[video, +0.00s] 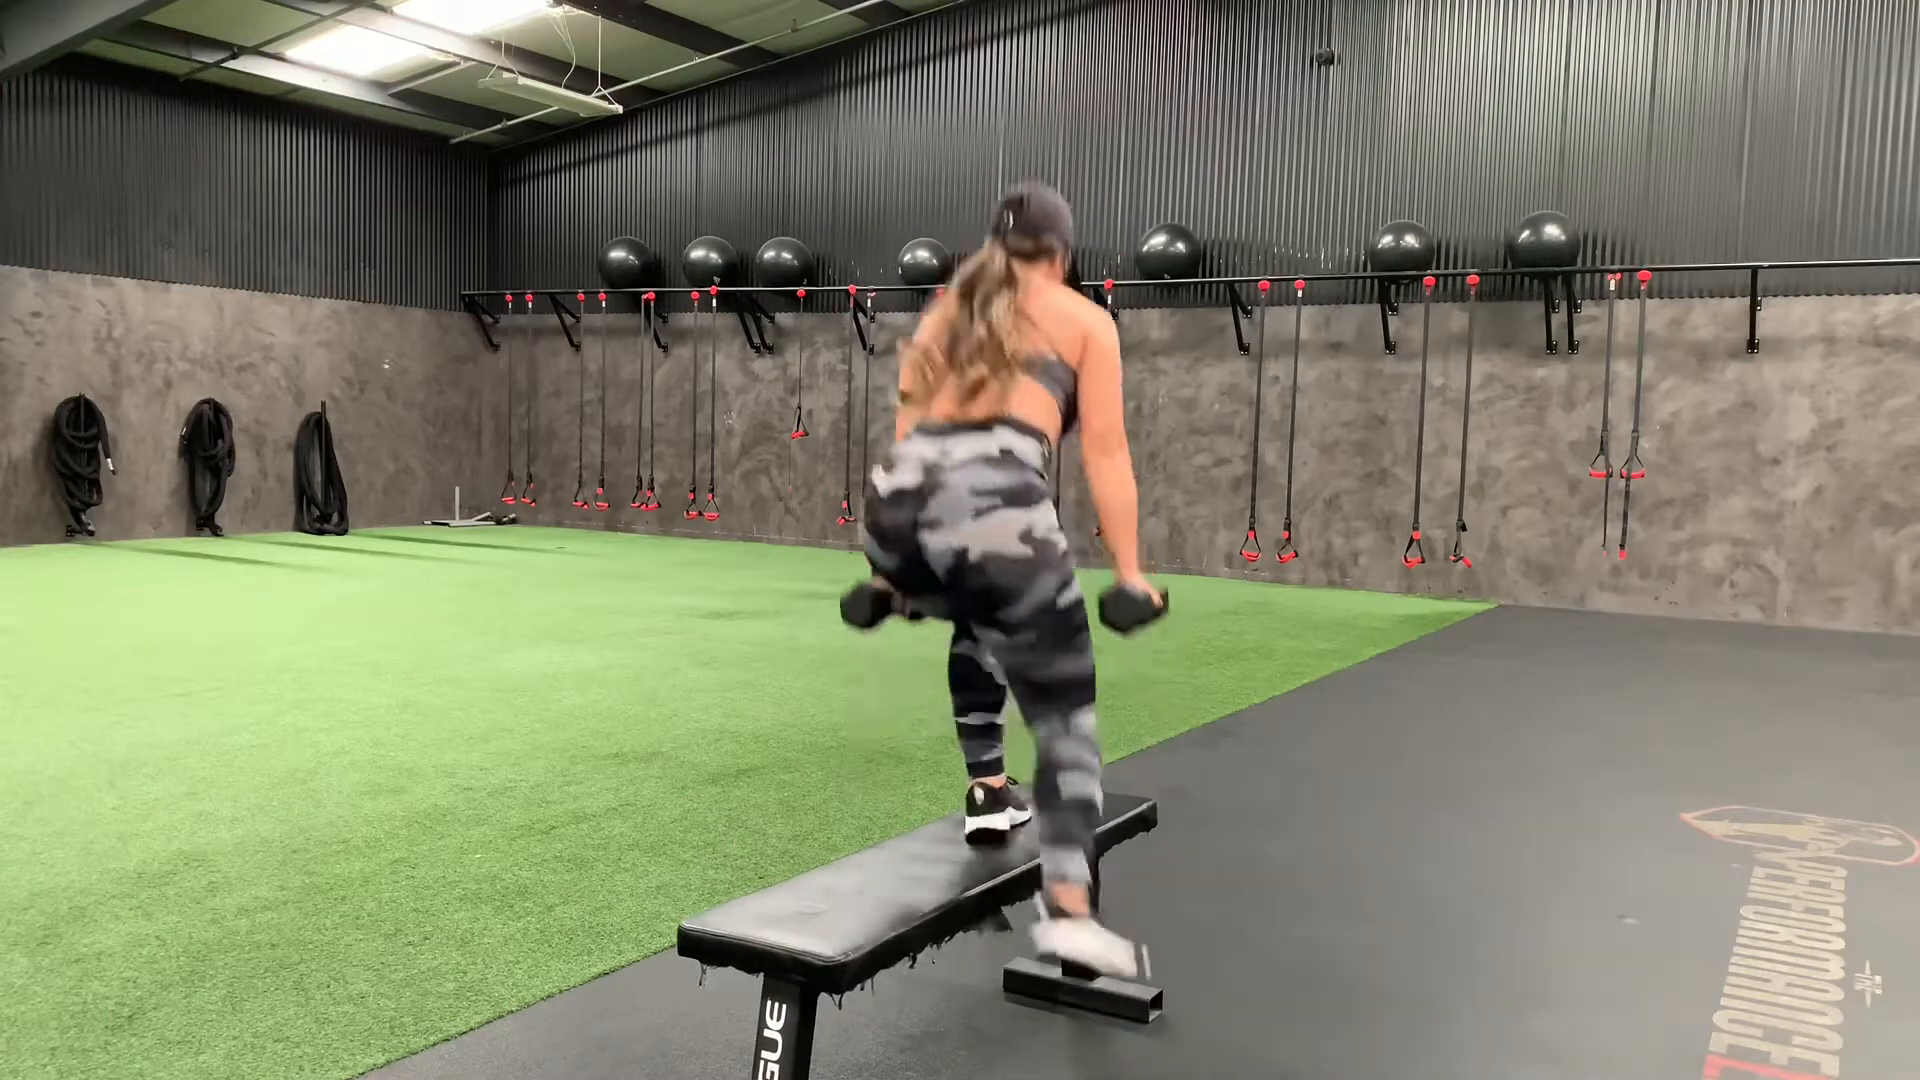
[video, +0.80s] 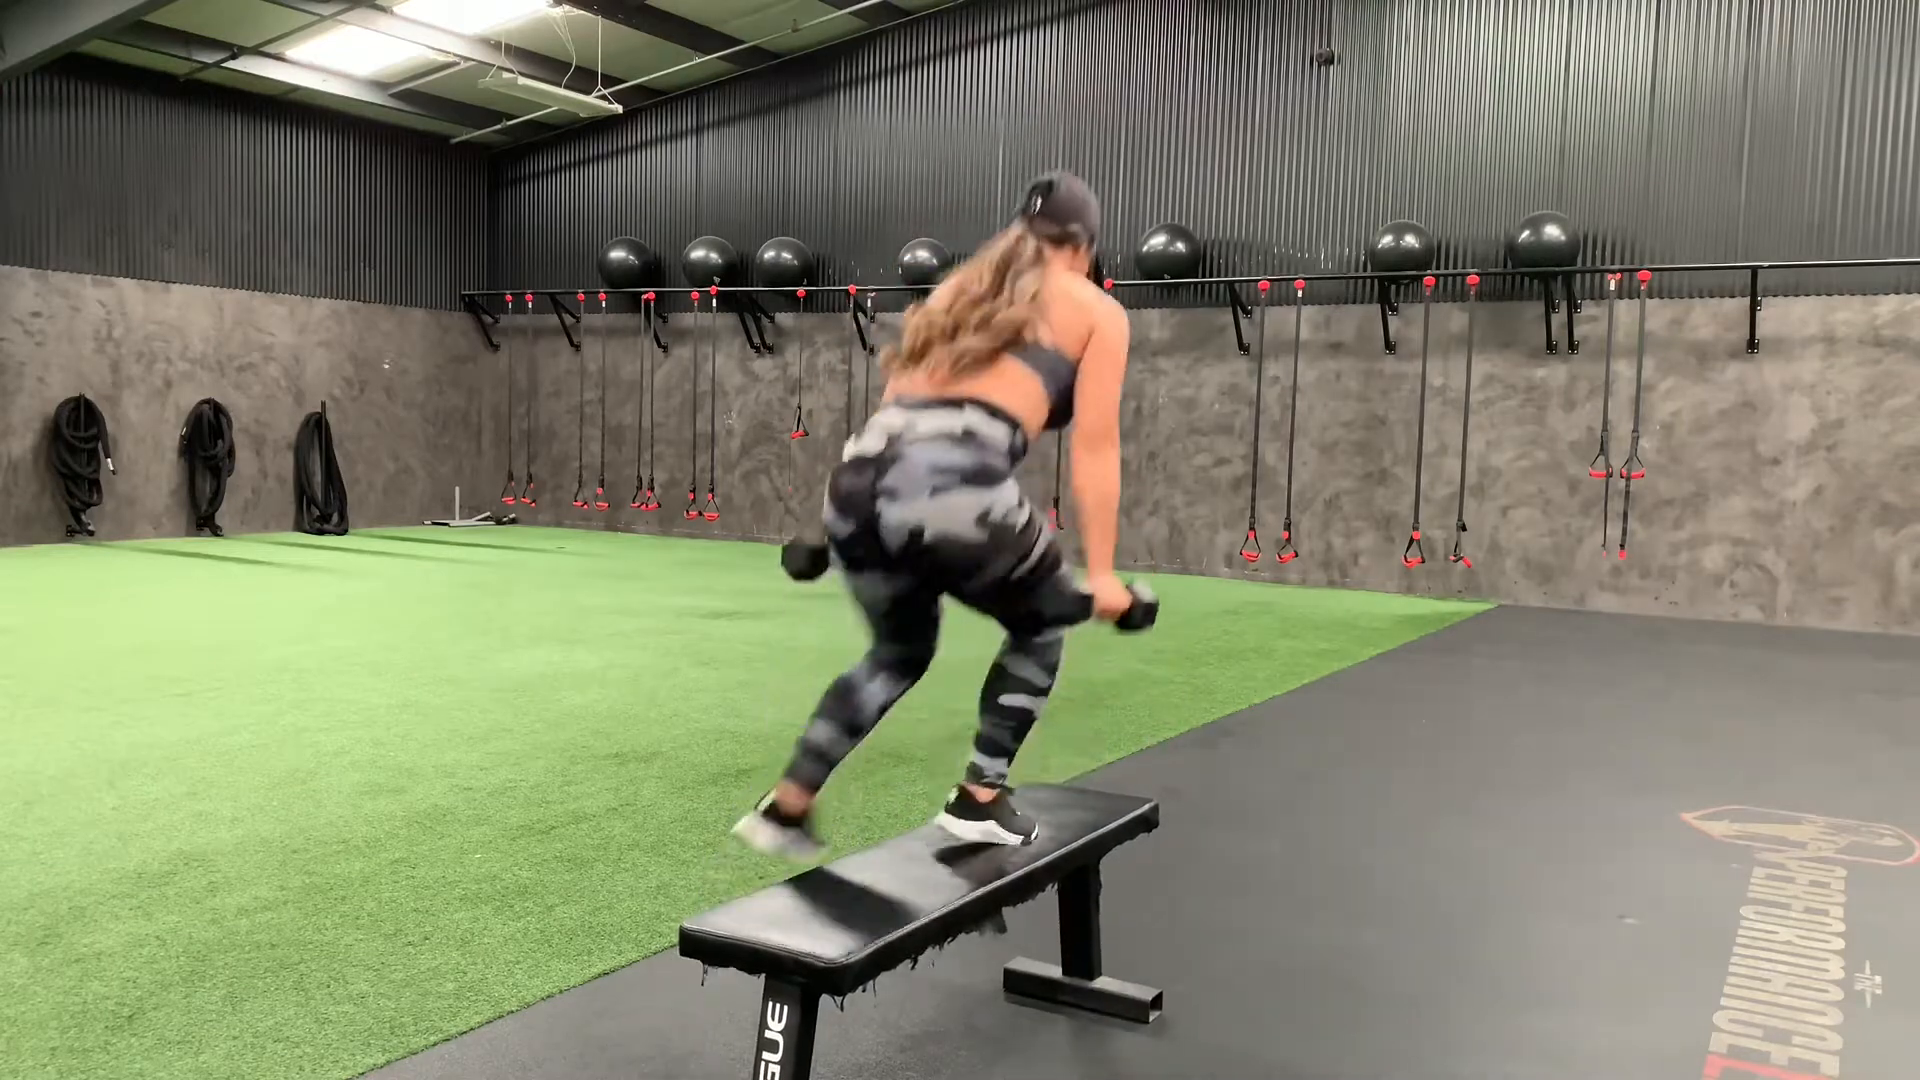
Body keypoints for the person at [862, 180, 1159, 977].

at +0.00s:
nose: (1062, 263)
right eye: (1065, 252)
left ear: (993, 243)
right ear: (1062, 250)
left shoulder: (944, 312)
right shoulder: (1085, 320)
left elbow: (905, 435)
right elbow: (1104, 448)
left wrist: (898, 568)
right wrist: (1129, 572)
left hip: (907, 505)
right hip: (1003, 505)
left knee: (971, 618)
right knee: (1062, 711)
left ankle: (987, 788)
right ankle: (1069, 911)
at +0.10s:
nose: (1059, 231)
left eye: (1053, 219)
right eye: (1059, 219)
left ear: (990, 208)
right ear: (1054, 215)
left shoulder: (938, 263)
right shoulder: (1073, 277)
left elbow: (889, 387)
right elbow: (1087, 404)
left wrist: (866, 523)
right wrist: (1102, 528)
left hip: (872, 456)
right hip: (974, 458)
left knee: (949, 592)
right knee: (1053, 620)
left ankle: (940, 771)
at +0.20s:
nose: (1054, 234)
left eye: (1053, 221)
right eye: (1053, 220)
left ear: (983, 207)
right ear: (1042, 215)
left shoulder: (927, 263)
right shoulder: (1056, 277)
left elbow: (889, 385)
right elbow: (1063, 407)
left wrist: (860, 538)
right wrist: (1075, 534)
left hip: (849, 461)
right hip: (949, 460)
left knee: (926, 612)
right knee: (1044, 604)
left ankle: (839, 778)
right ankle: (982, 782)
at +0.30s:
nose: (1040, 283)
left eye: (1041, 271)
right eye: (1042, 270)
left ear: (974, 252)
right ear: (1031, 265)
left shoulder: (913, 307)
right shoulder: (1038, 324)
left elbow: (881, 430)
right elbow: (1037, 457)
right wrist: (1048, 583)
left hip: (832, 532)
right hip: (923, 530)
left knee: (856, 709)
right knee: (1039, 624)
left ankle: (745, 880)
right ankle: (966, 806)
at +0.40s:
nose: (1027, 371)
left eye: (1027, 358)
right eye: (1028, 359)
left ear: (962, 345)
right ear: (1014, 358)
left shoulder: (904, 400)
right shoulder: (1013, 420)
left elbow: (864, 524)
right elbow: (1010, 556)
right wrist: (1023, 685)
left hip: (816, 628)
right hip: (898, 631)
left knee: (789, 825)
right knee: (1043, 633)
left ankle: (687, 997)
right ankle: (969, 811)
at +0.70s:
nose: (1077, 321)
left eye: (1073, 308)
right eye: (1079, 308)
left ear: (1003, 295)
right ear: (1071, 307)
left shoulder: (946, 352)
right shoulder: (1077, 375)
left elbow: (885, 454)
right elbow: (1065, 507)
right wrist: (1067, 642)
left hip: (833, 554)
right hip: (929, 563)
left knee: (813, 745)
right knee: (1038, 615)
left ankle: (715, 920)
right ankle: (970, 804)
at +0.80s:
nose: (1085, 264)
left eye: (1084, 252)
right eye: (1086, 251)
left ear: (1017, 237)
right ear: (1078, 247)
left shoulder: (956, 293)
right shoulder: (1096, 310)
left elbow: (894, 409)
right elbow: (1094, 447)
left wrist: (838, 527)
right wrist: (1100, 574)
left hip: (857, 488)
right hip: (955, 488)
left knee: (899, 649)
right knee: (1040, 618)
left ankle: (786, 805)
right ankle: (981, 794)